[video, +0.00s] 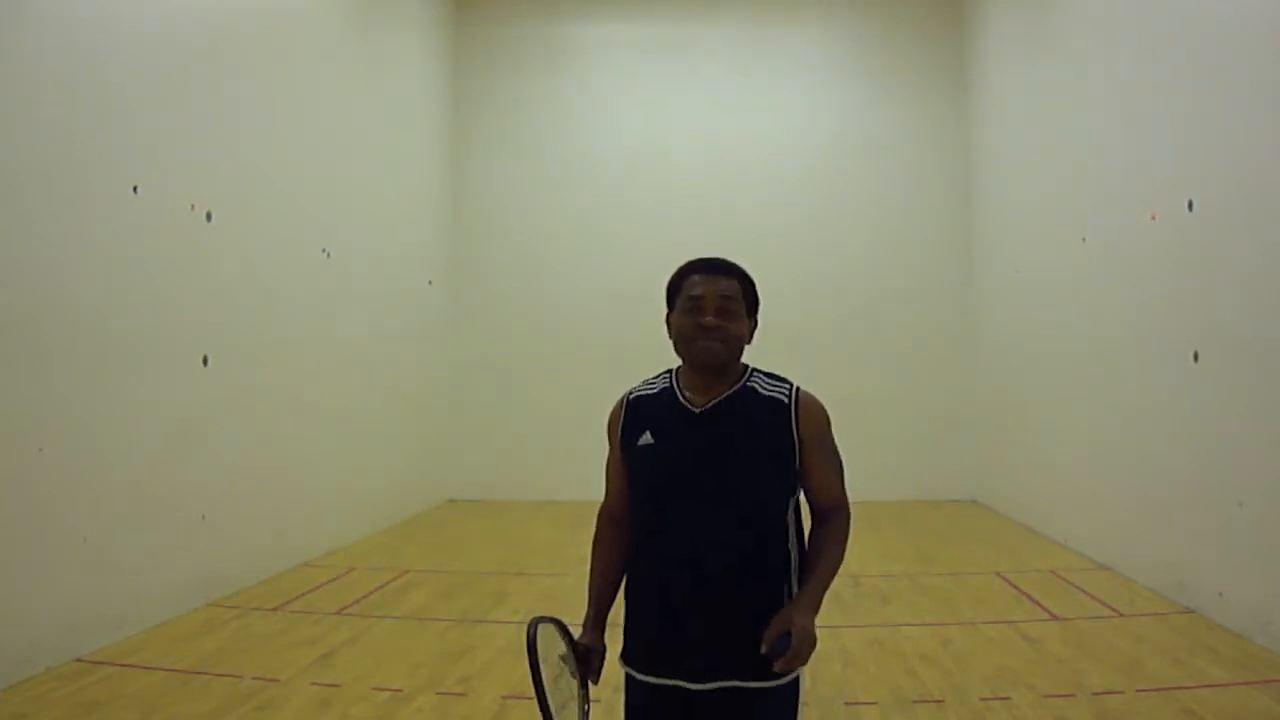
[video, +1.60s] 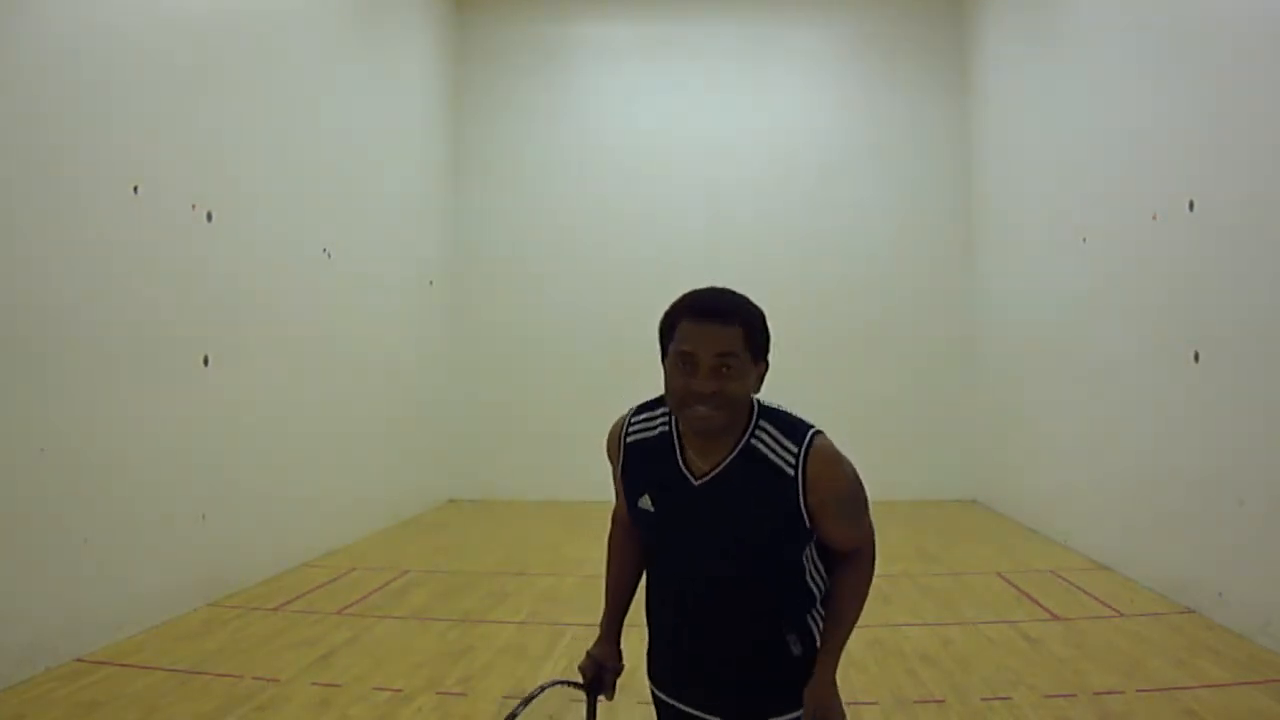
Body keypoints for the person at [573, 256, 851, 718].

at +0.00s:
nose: (709, 319)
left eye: (727, 309)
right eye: (694, 307)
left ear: (750, 329)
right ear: (669, 323)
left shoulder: (796, 413)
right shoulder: (633, 413)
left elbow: (832, 514)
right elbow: (616, 518)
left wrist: (805, 606)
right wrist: (594, 624)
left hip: (757, 667)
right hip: (658, 663)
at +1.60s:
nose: (703, 385)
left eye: (725, 367)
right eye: (686, 364)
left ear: (759, 373)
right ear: (664, 365)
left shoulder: (811, 464)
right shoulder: (631, 441)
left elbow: (855, 555)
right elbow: (630, 525)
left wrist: (826, 673)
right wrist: (608, 636)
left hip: (780, 691)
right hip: (678, 685)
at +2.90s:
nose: (743, 394)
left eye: (744, 376)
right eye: (735, 373)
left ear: (680, 362)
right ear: (675, 359)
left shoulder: (706, 457)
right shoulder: (556, 459)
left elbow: (743, 530)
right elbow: (460, 597)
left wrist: (870, 556)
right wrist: (453, 716)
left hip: (672, 709)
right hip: (554, 712)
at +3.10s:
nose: (739, 392)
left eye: (740, 374)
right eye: (732, 371)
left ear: (680, 362)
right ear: (671, 357)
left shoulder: (694, 455)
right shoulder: (546, 448)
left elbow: (672, 536)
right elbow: (410, 565)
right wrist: (323, 699)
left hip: (616, 697)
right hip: (507, 701)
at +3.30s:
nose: (762, 390)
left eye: (761, 372)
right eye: (755, 370)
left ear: (705, 362)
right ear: (705, 361)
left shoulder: (676, 450)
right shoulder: (619, 454)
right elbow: (525, 597)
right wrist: (482, 709)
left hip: (600, 698)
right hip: (547, 702)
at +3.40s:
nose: (754, 374)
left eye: (753, 356)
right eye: (747, 354)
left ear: (697, 348)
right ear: (700, 347)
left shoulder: (626, 415)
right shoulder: (657, 448)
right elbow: (649, 615)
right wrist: (680, 710)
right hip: (559, 693)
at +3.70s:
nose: (725, 326)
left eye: (725, 312)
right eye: (723, 312)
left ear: (633, 315)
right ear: (706, 315)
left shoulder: (568, 412)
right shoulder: (740, 377)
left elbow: (542, 546)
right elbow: (761, 456)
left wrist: (596, 608)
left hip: (598, 677)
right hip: (701, 670)